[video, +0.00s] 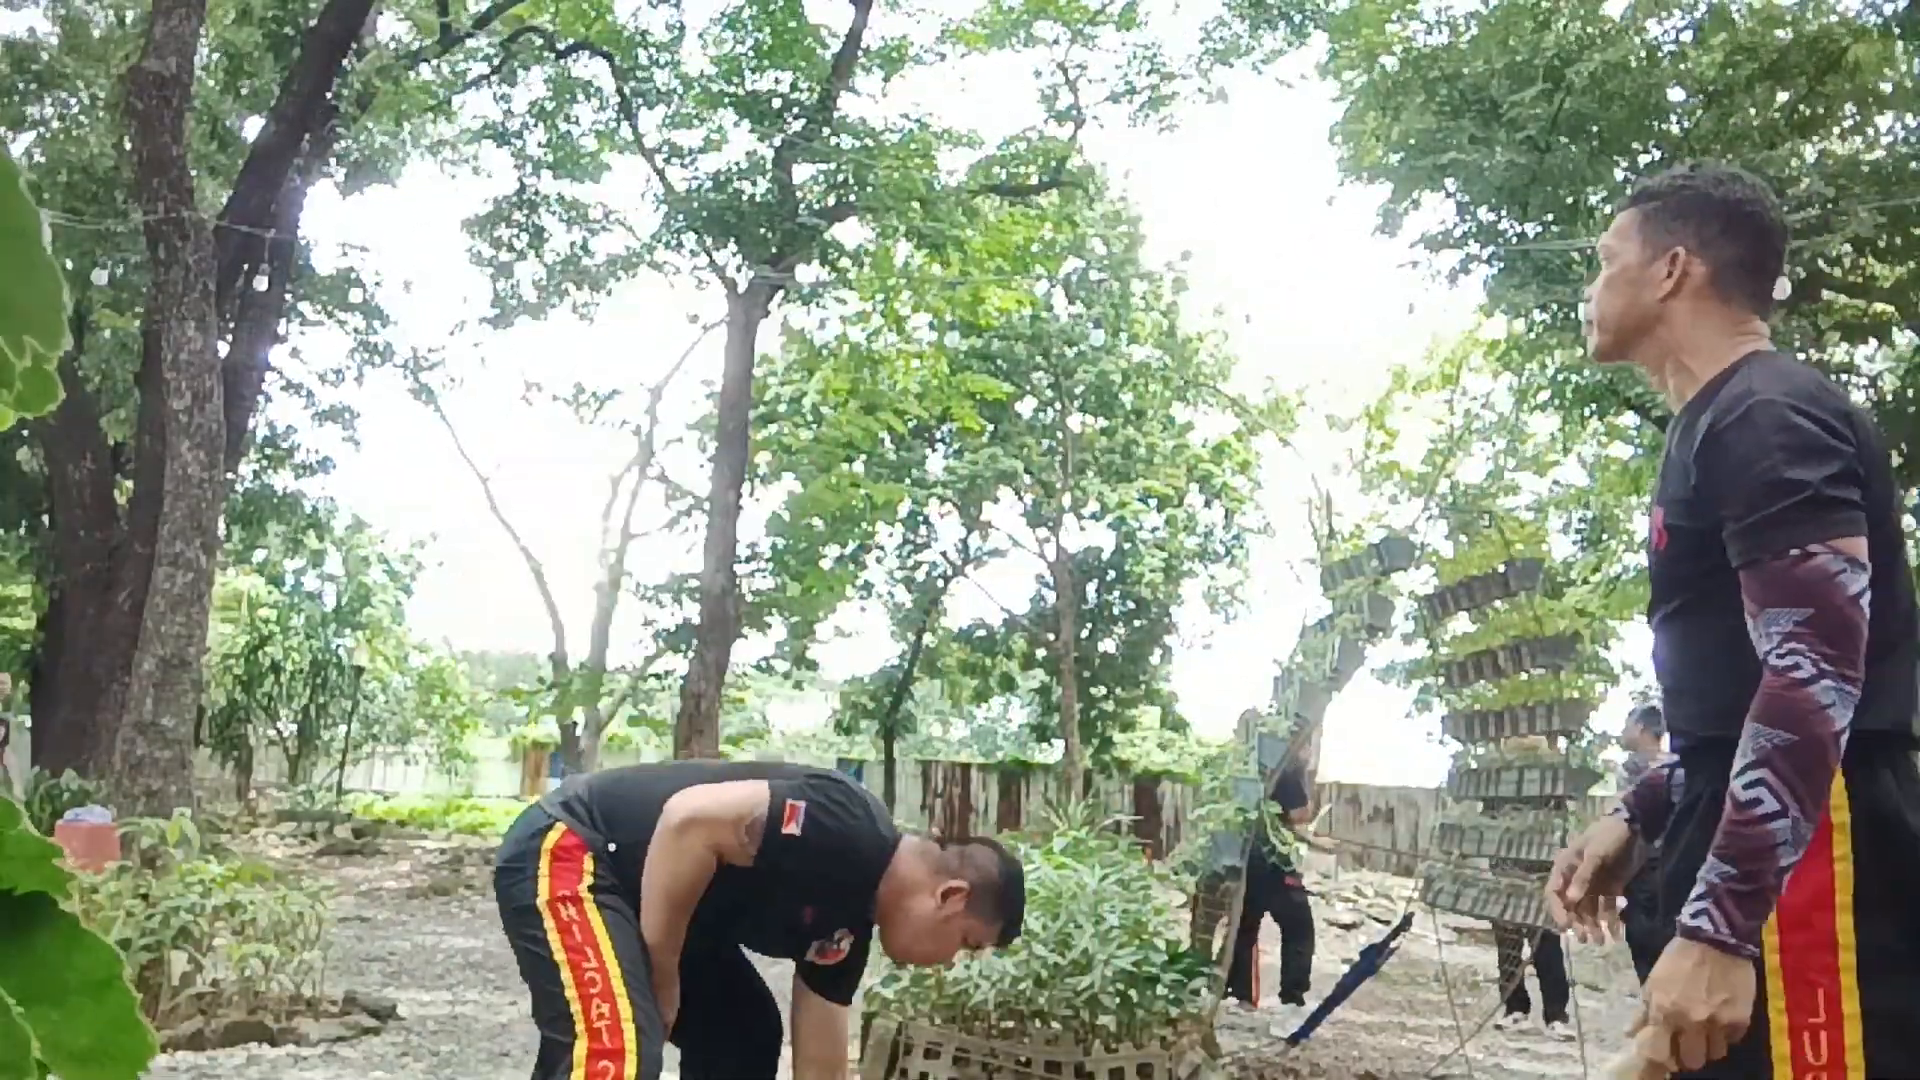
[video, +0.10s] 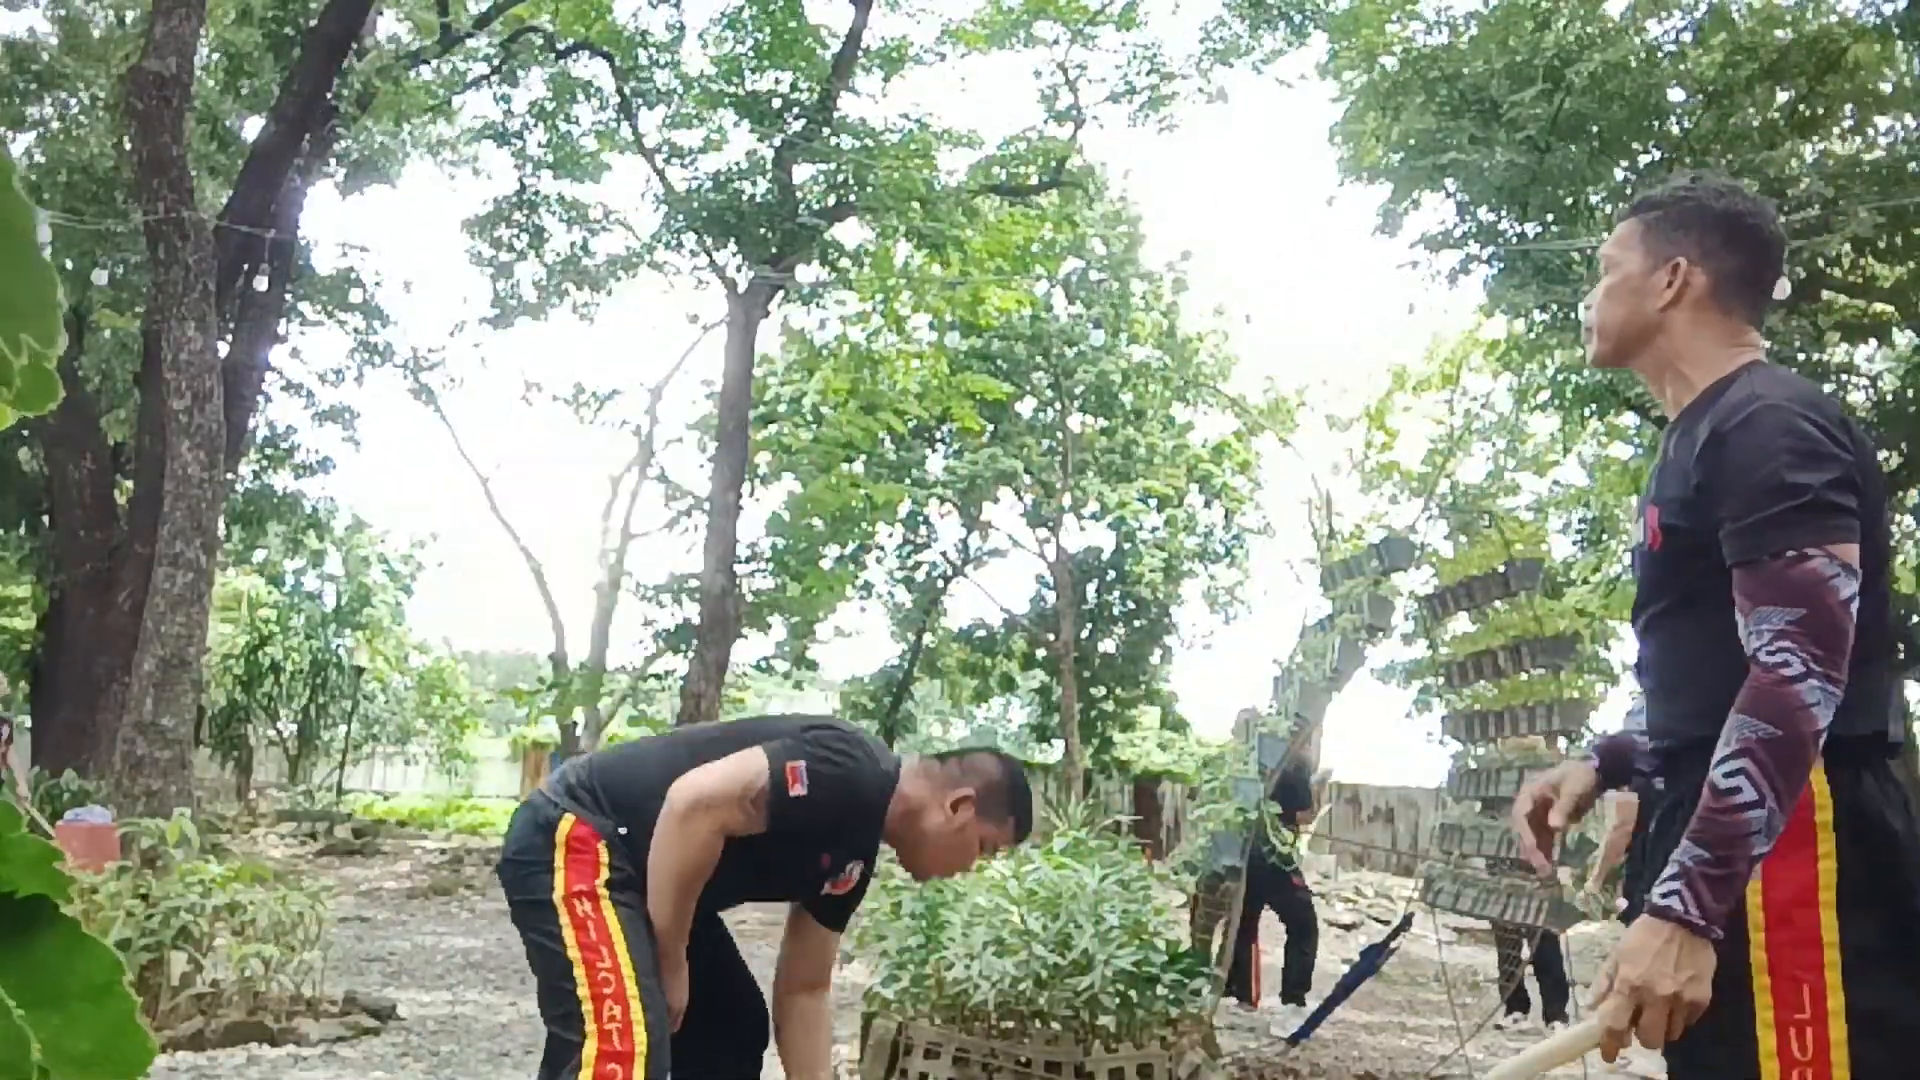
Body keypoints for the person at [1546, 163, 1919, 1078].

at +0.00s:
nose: (1589, 287)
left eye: (1605, 258)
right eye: (1595, 262)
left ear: (1673, 269)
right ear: (1675, 272)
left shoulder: (1769, 412)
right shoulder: (1710, 426)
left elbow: (1812, 675)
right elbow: (1731, 695)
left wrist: (1720, 924)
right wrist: (1634, 821)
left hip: (1809, 827)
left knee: (1813, 1058)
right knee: (1745, 1060)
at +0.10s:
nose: (1589, 298)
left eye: (1606, 267)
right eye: (1595, 272)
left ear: (1673, 281)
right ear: (1672, 285)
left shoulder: (1766, 420)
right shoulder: (1702, 436)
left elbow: (1796, 675)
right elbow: (1715, 687)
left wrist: (1687, 909)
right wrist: (1598, 767)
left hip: (1797, 819)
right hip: (1734, 811)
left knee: (1805, 1057)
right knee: (1734, 1057)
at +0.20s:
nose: (1587, 315)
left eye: (1607, 284)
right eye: (1594, 289)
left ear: (1680, 293)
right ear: (1674, 300)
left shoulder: (1763, 425)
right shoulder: (1698, 445)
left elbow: (1795, 678)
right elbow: (1702, 692)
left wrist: (1691, 900)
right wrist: (1574, 692)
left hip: (1779, 821)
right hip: (1713, 812)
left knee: (1787, 1059)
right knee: (1716, 1057)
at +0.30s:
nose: (1584, 335)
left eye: (1605, 305)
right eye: (1590, 312)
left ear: (1680, 313)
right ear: (1672, 322)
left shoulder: (1758, 437)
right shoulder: (1687, 464)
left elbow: (1798, 681)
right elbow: (1649, 686)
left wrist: (1736, 902)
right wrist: (1547, 589)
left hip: (1768, 828)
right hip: (1697, 821)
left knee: (1777, 1058)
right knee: (1692, 1059)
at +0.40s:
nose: (1584, 337)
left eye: (1610, 313)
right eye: (1591, 319)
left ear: (1690, 326)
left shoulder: (1761, 447)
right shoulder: (1676, 486)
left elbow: (1807, 683)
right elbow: (1617, 694)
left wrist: (1769, 905)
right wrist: (1525, 571)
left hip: (1764, 834)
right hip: (1683, 835)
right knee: (1671, 1059)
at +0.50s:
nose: (1581, 342)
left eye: (1609, 321)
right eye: (1584, 326)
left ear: (1689, 339)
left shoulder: (1768, 459)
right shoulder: (1650, 506)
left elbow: (1833, 681)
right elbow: (1619, 704)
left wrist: (1794, 899)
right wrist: (1480, 652)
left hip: (1765, 820)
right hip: (1666, 826)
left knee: (1770, 1059)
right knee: (1660, 1058)